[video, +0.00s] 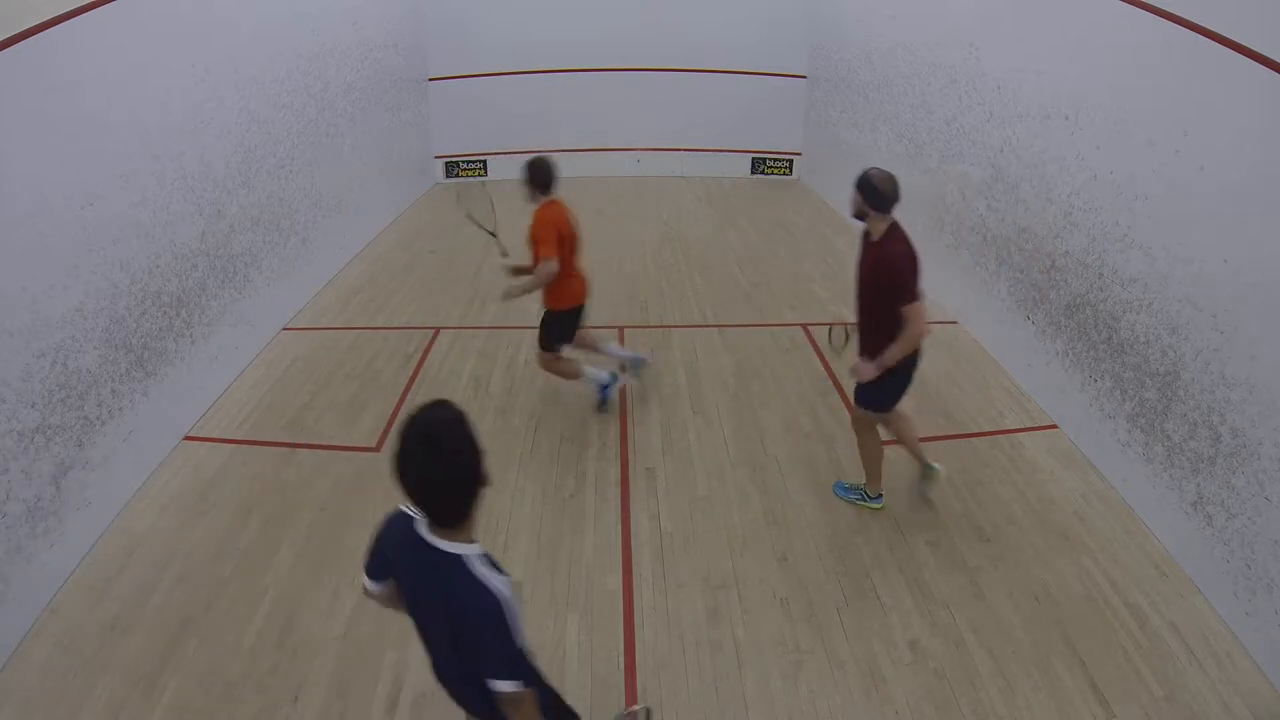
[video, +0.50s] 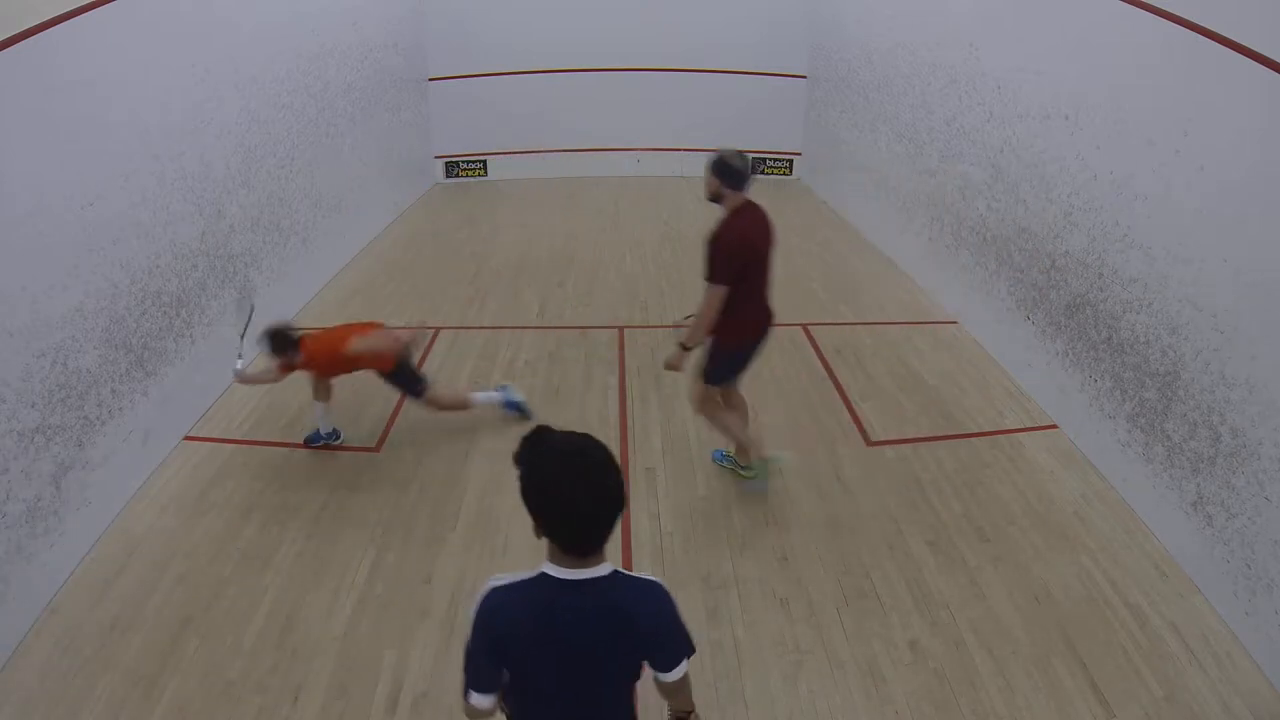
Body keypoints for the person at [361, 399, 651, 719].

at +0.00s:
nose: (484, 453)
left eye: (476, 446)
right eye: (478, 448)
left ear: (409, 477)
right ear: (480, 474)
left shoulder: (400, 526)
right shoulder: (484, 590)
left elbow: (376, 588)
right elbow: (513, 696)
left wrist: (431, 606)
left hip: (457, 682)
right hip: (510, 701)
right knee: (567, 712)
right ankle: (622, 717)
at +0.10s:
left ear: (441, 495)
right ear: (518, 489)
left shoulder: (424, 550)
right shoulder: (536, 605)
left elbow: (397, 619)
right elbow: (563, 705)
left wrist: (455, 621)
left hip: (482, 698)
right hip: (536, 709)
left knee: (490, 704)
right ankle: (638, 716)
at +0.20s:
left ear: (473, 503)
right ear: (551, 493)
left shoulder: (447, 563)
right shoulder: (578, 604)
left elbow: (420, 643)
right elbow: (605, 706)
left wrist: (477, 632)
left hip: (498, 708)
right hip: (564, 712)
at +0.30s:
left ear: (498, 506)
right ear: (577, 498)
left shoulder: (468, 578)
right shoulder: (606, 602)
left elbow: (440, 666)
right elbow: (639, 697)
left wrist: (494, 646)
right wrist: (653, 709)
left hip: (516, 711)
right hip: (594, 713)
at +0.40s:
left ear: (521, 519)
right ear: (600, 504)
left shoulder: (485, 591)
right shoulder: (631, 602)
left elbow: (459, 687)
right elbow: (661, 688)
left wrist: (493, 669)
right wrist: (674, 709)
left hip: (523, 712)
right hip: (606, 712)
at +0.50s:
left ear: (536, 524)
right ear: (621, 509)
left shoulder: (501, 604)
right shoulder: (647, 599)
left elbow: (478, 706)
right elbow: (675, 684)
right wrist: (684, 710)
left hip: (530, 712)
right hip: (614, 710)